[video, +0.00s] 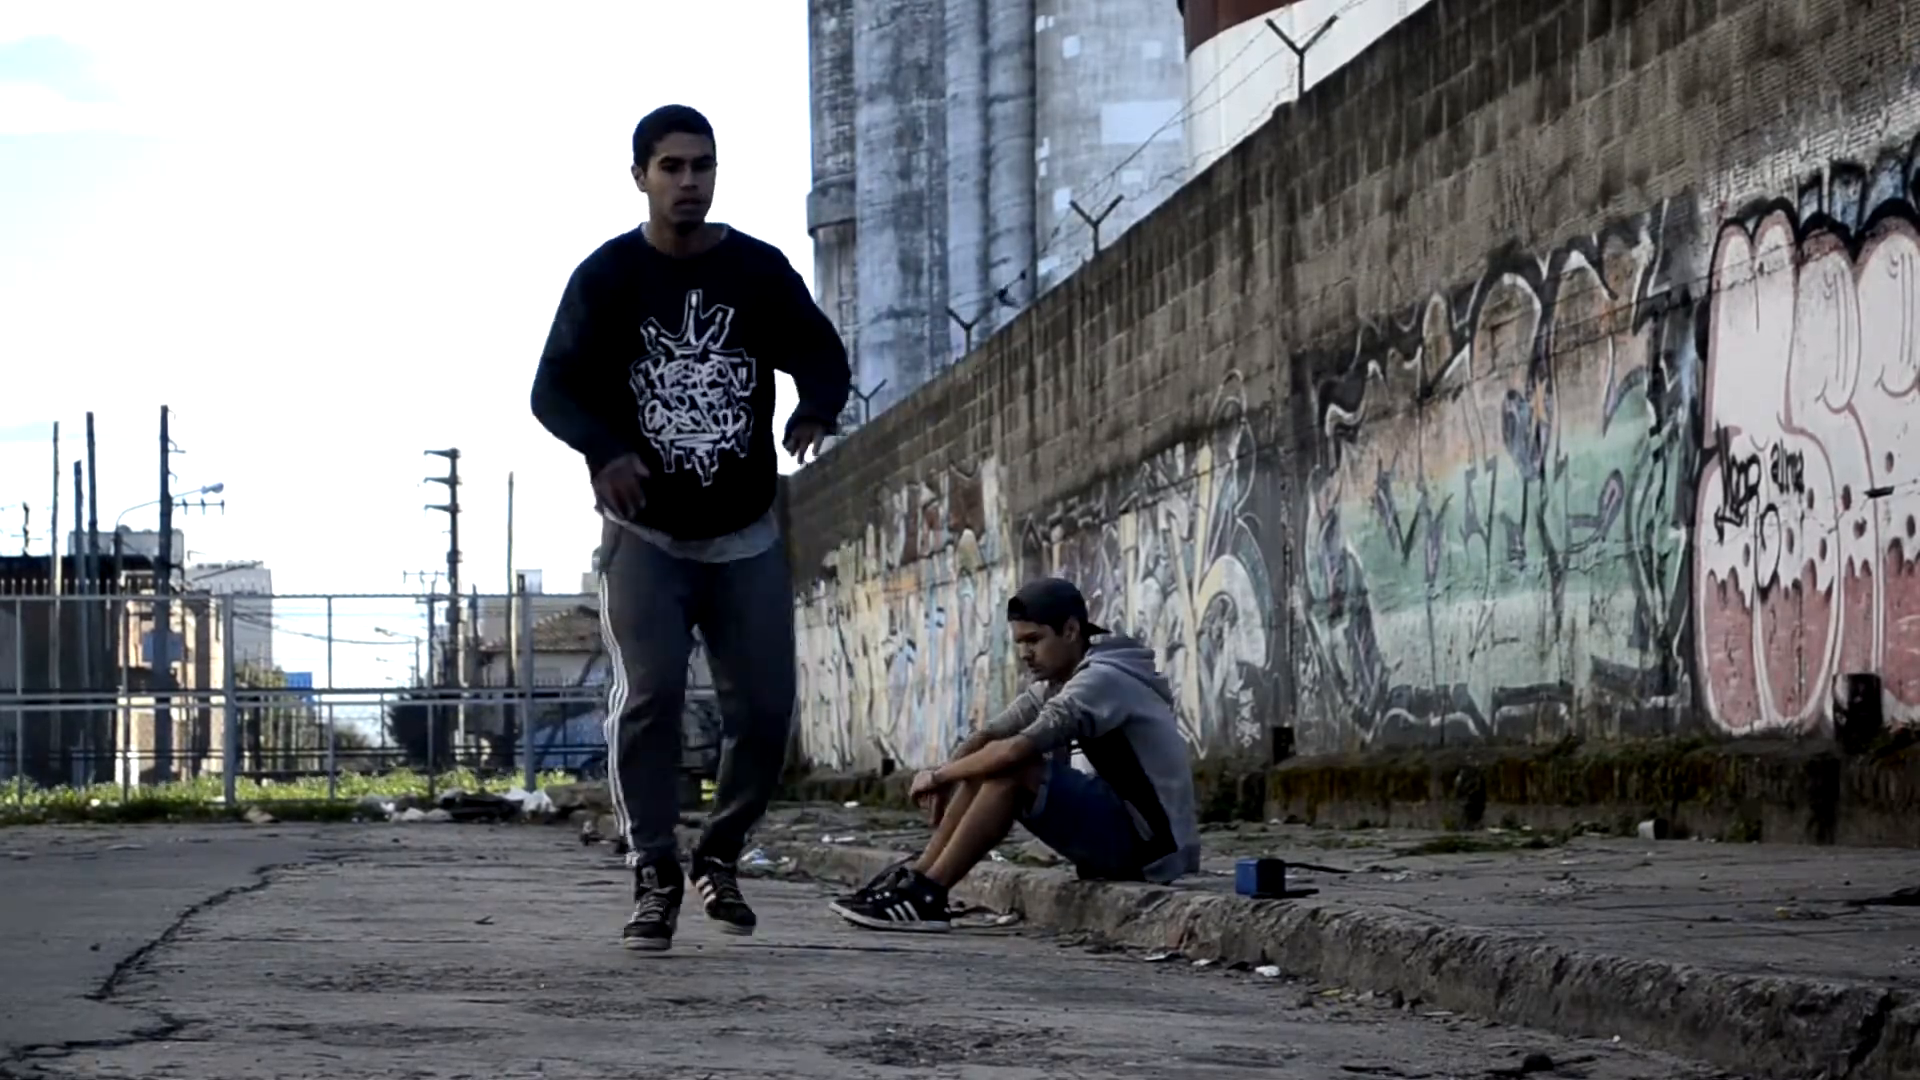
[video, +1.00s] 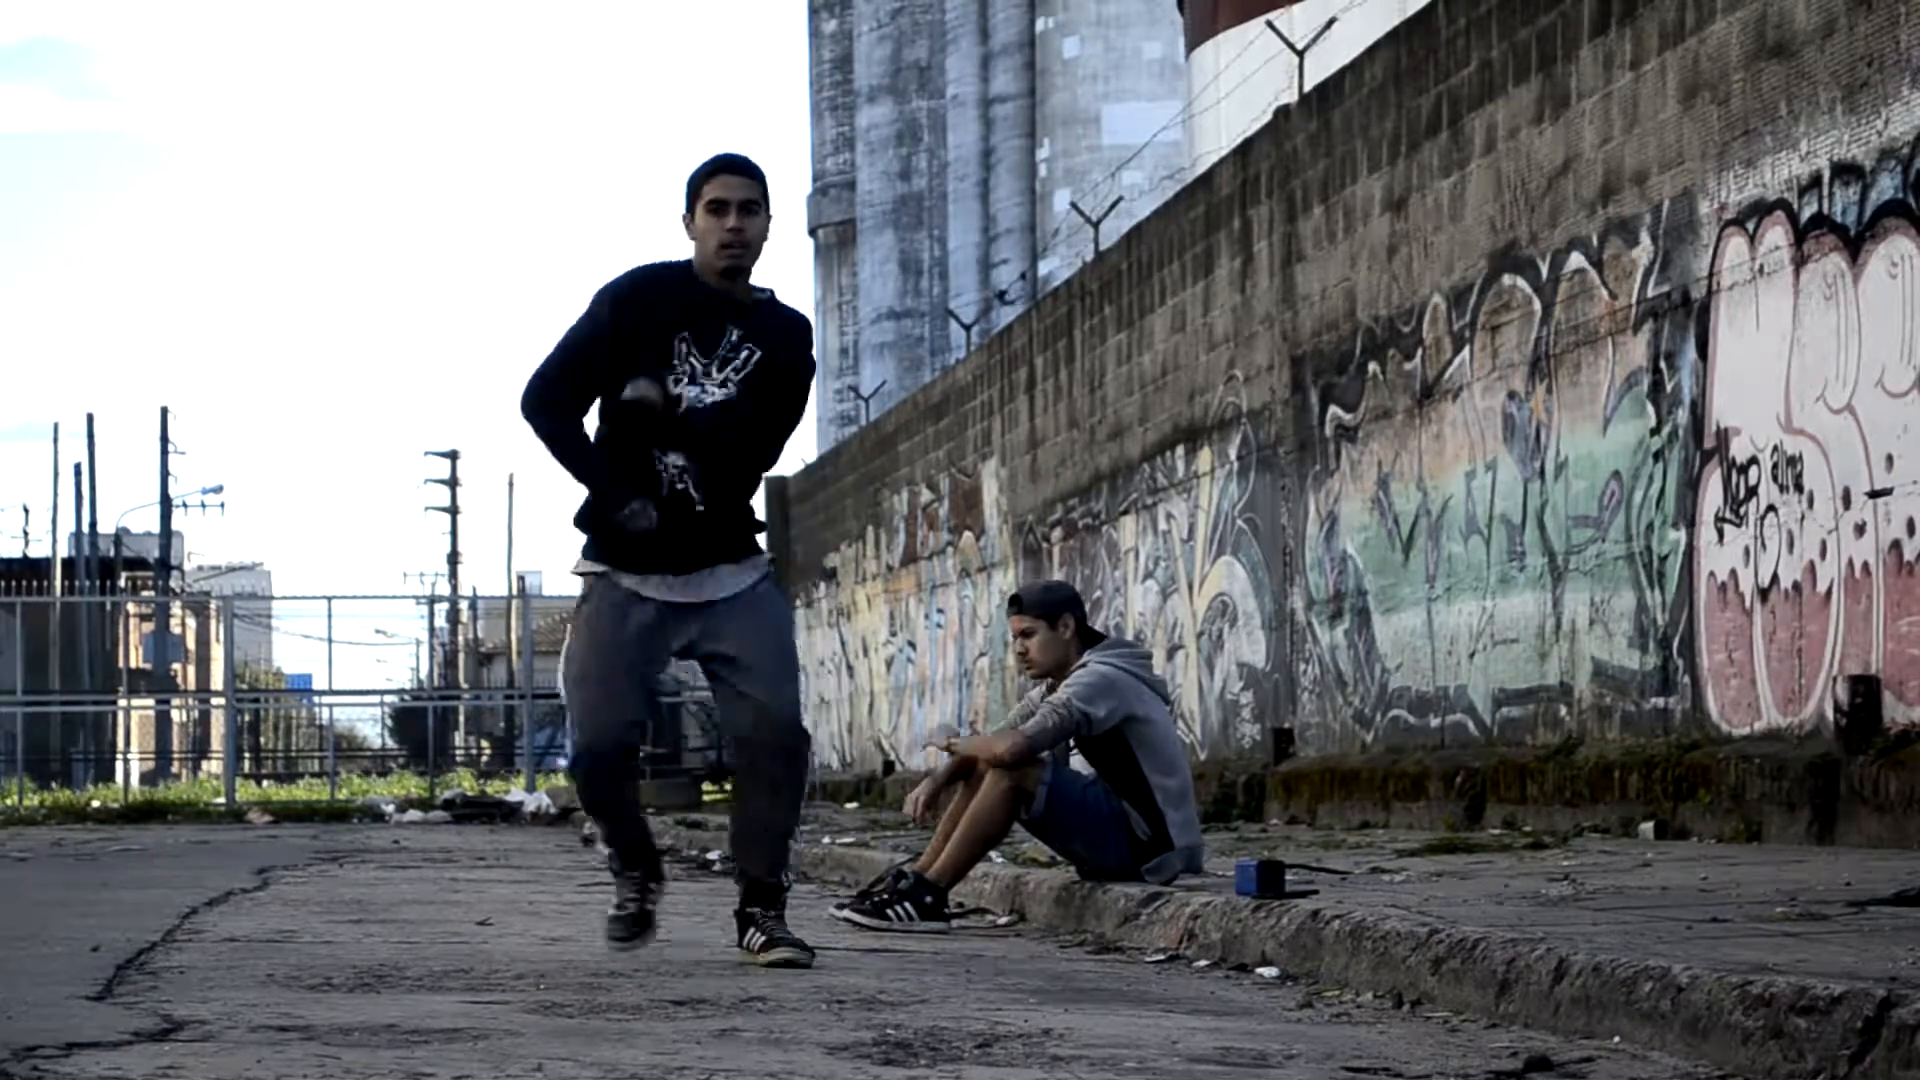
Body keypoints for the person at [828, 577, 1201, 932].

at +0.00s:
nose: (1023, 655)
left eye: (1032, 641)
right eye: (1018, 643)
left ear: (1071, 631)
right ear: (1062, 635)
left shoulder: (1102, 677)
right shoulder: (1064, 678)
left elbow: (1018, 752)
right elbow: (992, 735)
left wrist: (940, 774)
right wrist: (940, 777)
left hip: (1150, 848)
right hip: (1119, 838)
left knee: (1016, 769)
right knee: (988, 760)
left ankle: (932, 895)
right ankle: (915, 881)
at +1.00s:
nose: (1019, 650)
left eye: (1028, 636)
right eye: (1015, 639)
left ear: (1067, 628)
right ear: (1061, 632)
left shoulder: (1101, 676)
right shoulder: (1064, 684)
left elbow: (1011, 751)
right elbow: (999, 743)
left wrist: (957, 749)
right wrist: (942, 776)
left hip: (1151, 848)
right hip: (1120, 839)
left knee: (1013, 771)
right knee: (983, 767)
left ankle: (933, 895)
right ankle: (915, 882)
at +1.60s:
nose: (1029, 642)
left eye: (1039, 629)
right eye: (1026, 630)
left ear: (1079, 627)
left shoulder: (1103, 670)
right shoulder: (1073, 672)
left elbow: (1009, 737)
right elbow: (995, 728)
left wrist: (999, 720)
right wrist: (941, 784)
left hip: (1150, 842)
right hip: (1119, 832)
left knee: (1011, 765)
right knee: (989, 758)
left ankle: (932, 895)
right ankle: (912, 883)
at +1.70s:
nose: (1028, 639)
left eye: (1039, 626)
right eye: (1026, 628)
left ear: (1079, 625)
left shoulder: (1101, 667)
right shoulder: (1081, 669)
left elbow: (1010, 735)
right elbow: (1010, 734)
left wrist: (978, 725)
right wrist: (949, 771)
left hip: (1149, 843)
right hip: (1122, 834)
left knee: (1014, 764)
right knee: (988, 757)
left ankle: (936, 893)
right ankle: (914, 881)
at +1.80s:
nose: (1027, 637)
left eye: (1038, 625)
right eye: (1025, 626)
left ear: (1077, 624)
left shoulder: (1097, 665)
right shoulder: (1082, 668)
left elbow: (1012, 732)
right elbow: (1019, 745)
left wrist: (943, 749)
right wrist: (958, 763)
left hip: (1150, 842)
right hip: (1123, 833)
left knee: (1013, 764)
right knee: (985, 765)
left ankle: (935, 894)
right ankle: (915, 882)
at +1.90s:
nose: (1026, 637)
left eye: (1037, 625)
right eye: (1024, 626)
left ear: (1075, 623)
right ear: (1071, 626)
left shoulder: (1094, 666)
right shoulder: (1081, 667)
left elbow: (1014, 738)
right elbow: (1015, 744)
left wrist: (942, 765)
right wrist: (951, 773)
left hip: (1149, 841)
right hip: (1124, 831)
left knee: (1011, 770)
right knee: (985, 768)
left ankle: (930, 895)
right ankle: (913, 883)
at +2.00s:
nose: (1024, 638)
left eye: (1034, 625)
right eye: (1021, 627)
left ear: (1072, 623)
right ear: (1068, 627)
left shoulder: (1094, 668)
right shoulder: (1080, 670)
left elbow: (1014, 740)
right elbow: (1014, 744)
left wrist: (936, 770)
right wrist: (944, 776)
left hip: (1149, 843)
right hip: (1125, 833)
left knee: (1010, 771)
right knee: (984, 769)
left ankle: (931, 894)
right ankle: (913, 883)